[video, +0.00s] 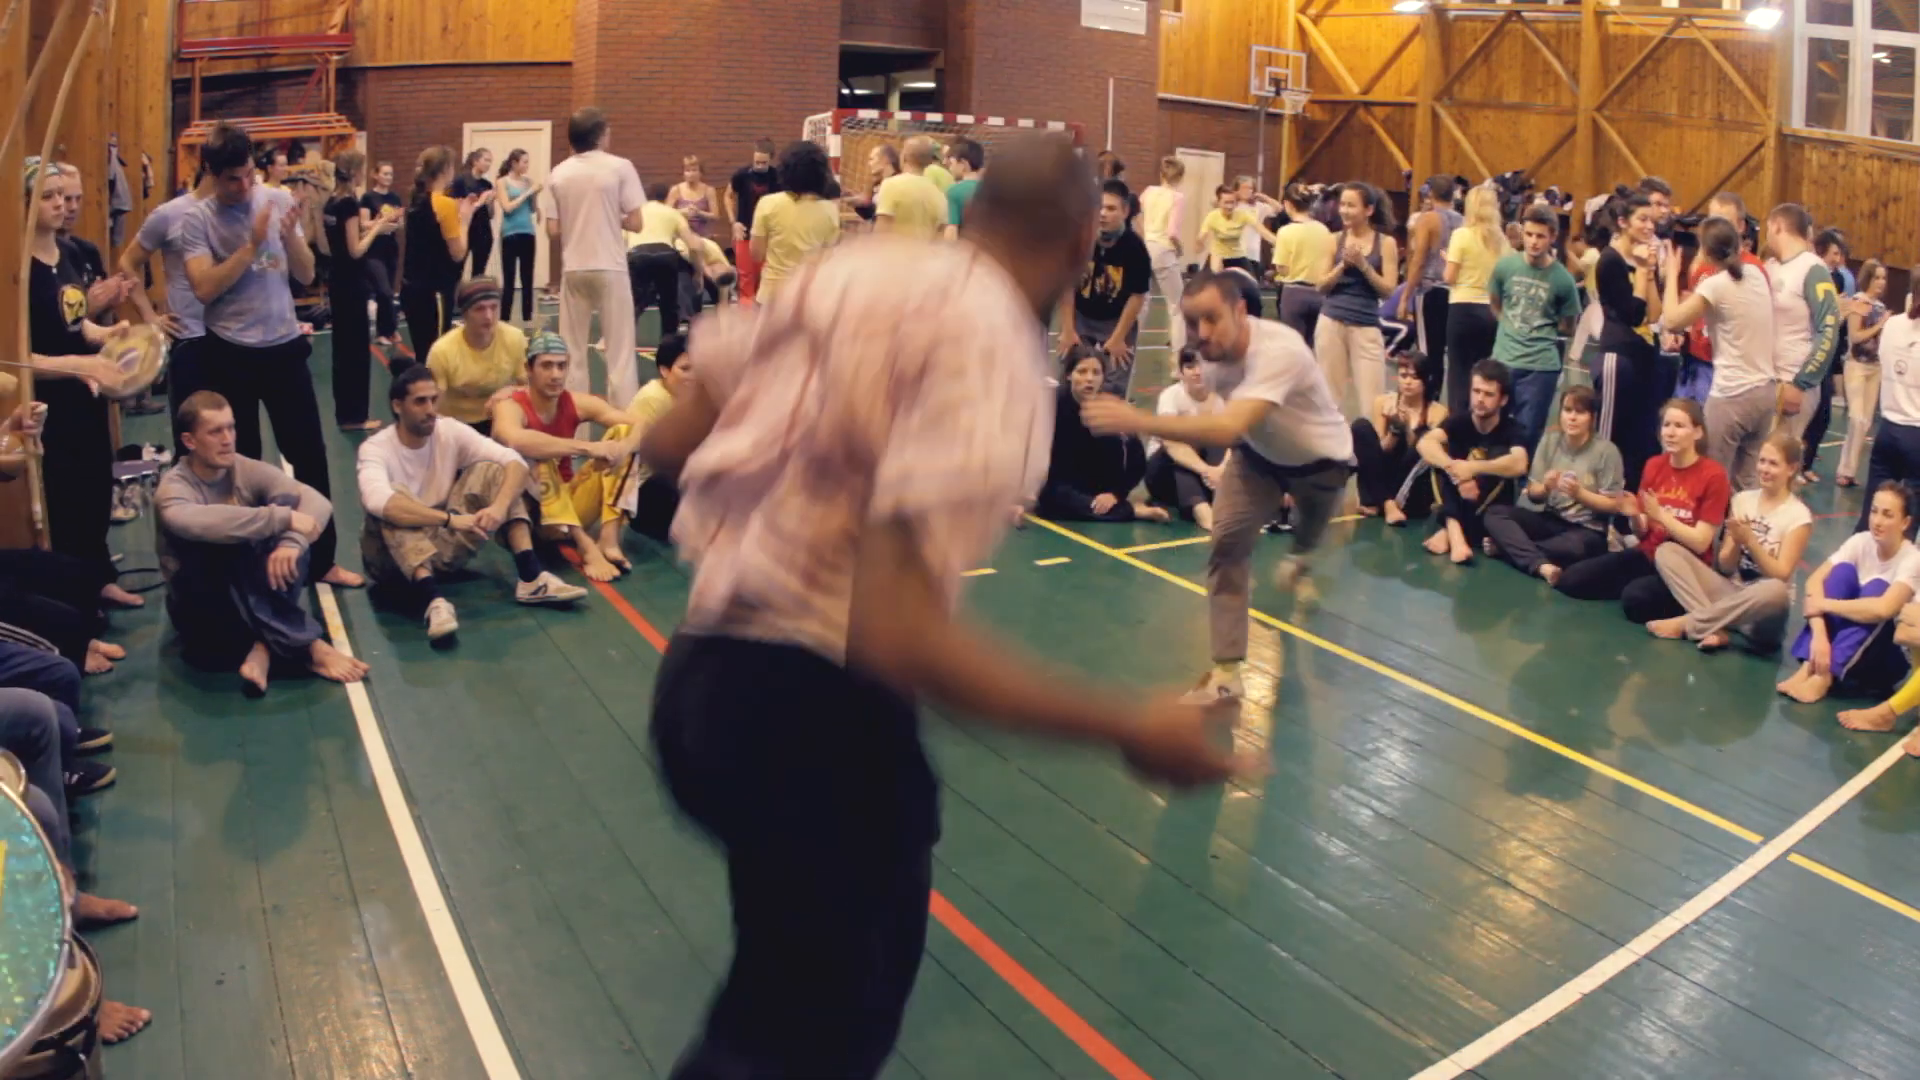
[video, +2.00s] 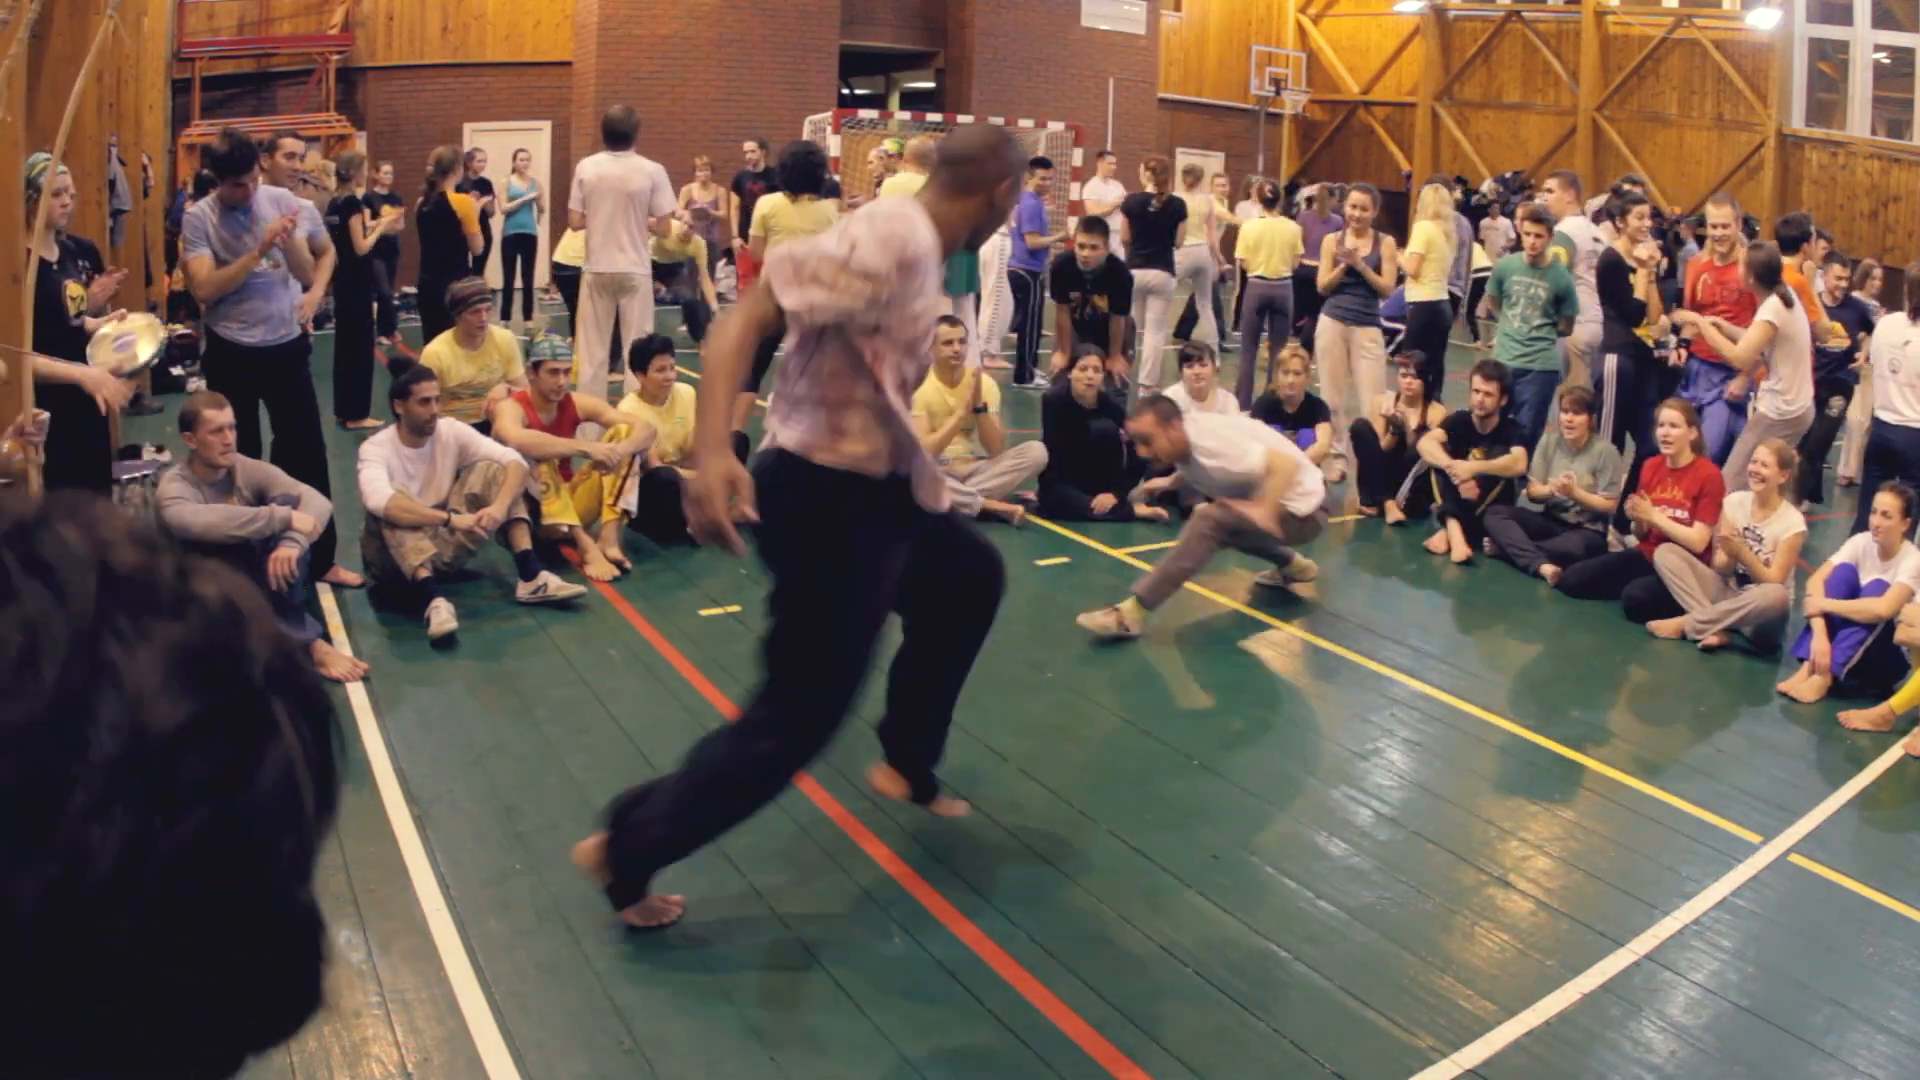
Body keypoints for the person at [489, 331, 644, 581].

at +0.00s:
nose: (556, 374)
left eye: (561, 366)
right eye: (546, 366)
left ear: (568, 369)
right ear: (528, 369)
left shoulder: (578, 403)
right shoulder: (510, 405)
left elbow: (639, 423)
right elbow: (513, 439)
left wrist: (624, 448)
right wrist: (587, 447)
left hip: (568, 508)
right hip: (524, 511)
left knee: (622, 435)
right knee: (542, 464)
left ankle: (609, 538)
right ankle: (586, 546)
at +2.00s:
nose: (562, 381)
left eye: (567, 373)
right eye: (553, 373)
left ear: (572, 372)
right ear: (532, 373)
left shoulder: (578, 403)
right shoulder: (510, 407)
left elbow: (646, 429)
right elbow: (512, 438)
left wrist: (622, 449)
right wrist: (585, 447)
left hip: (572, 504)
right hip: (528, 511)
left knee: (624, 431)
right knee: (542, 465)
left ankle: (609, 536)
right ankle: (586, 545)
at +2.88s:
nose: (563, 382)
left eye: (567, 373)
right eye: (554, 374)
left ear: (572, 372)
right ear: (531, 374)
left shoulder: (579, 403)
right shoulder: (510, 408)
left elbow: (647, 428)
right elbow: (508, 440)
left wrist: (625, 451)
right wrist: (583, 450)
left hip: (572, 504)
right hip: (529, 510)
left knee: (623, 432)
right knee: (541, 466)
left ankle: (609, 537)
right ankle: (587, 546)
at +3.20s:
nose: (563, 382)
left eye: (568, 373)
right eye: (554, 374)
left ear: (573, 373)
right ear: (531, 374)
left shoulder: (580, 402)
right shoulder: (510, 408)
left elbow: (646, 428)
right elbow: (507, 439)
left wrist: (625, 450)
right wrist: (581, 450)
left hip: (572, 505)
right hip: (527, 511)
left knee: (624, 432)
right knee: (541, 466)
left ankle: (609, 537)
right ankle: (587, 547)